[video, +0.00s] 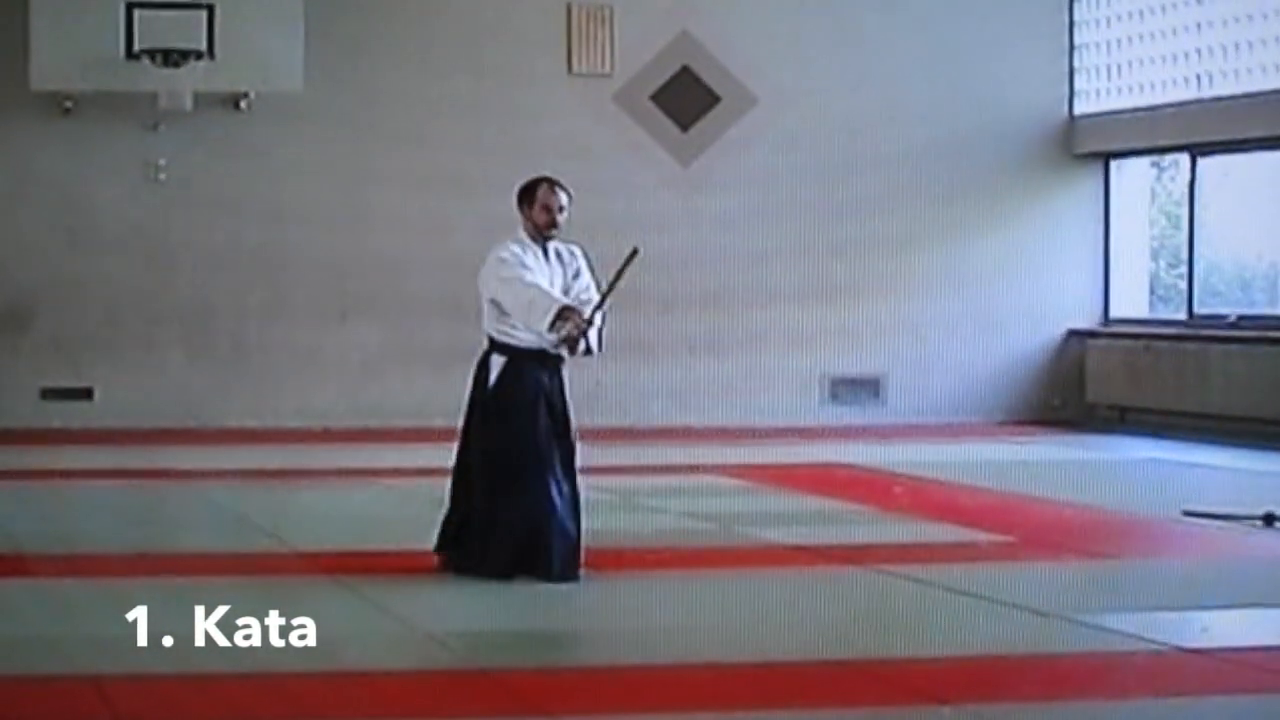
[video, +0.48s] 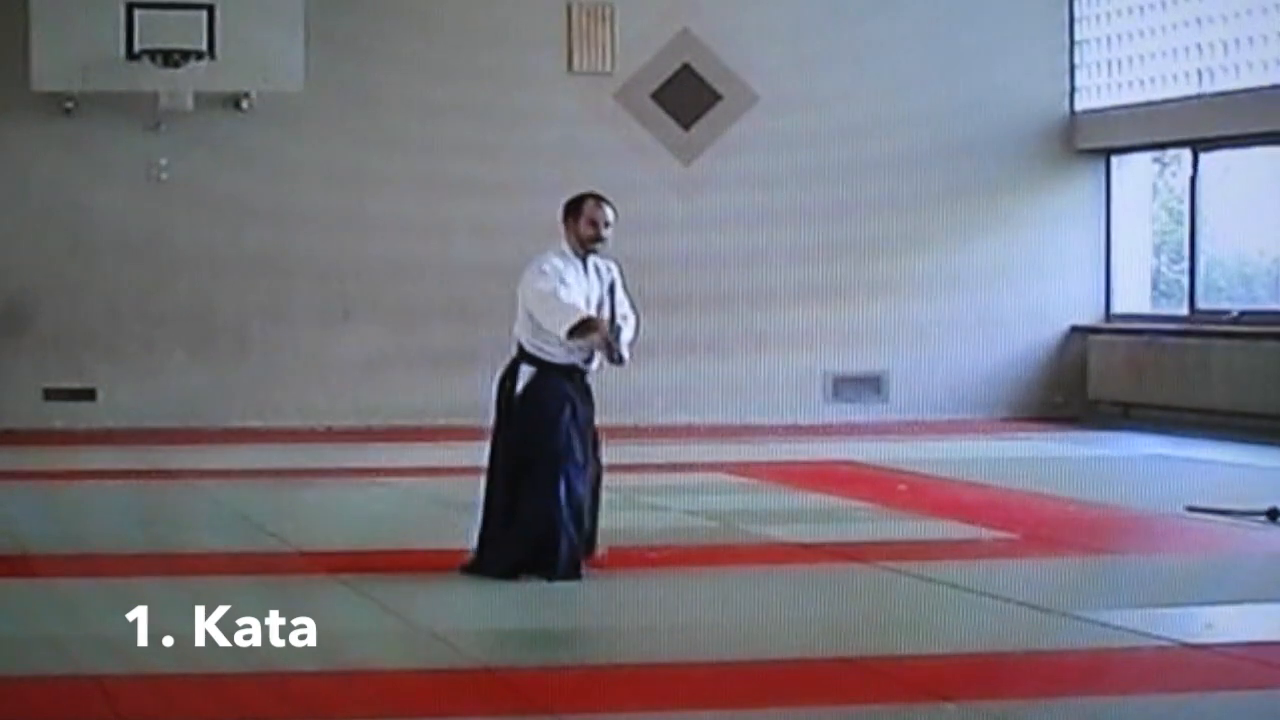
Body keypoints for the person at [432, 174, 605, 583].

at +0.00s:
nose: (555, 217)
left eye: (561, 210)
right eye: (547, 209)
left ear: (566, 215)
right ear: (526, 210)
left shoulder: (572, 259)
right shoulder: (504, 260)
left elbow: (592, 304)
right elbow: (526, 295)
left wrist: (585, 330)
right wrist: (562, 315)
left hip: (548, 369)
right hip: (509, 369)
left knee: (550, 462)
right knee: (518, 462)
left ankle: (552, 554)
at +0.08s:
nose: (559, 218)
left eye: (565, 211)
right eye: (551, 209)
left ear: (570, 215)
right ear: (529, 211)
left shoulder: (573, 259)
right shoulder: (506, 259)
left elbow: (593, 306)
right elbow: (527, 295)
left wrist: (586, 333)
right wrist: (564, 314)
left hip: (548, 368)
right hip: (510, 368)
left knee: (549, 463)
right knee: (520, 462)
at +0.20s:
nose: (569, 223)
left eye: (574, 215)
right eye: (561, 214)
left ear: (577, 218)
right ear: (539, 215)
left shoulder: (579, 260)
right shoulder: (513, 263)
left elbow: (600, 308)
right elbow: (532, 298)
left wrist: (590, 331)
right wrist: (569, 314)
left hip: (553, 370)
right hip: (515, 370)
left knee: (553, 464)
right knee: (530, 463)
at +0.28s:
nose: (573, 222)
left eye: (579, 215)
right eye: (566, 213)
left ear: (583, 220)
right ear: (544, 214)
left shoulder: (584, 260)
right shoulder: (519, 262)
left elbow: (604, 307)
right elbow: (537, 298)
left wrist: (595, 328)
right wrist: (573, 314)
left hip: (557, 370)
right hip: (520, 370)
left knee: (556, 462)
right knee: (541, 462)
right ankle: (551, 553)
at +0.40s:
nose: (591, 228)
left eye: (596, 221)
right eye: (583, 219)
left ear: (600, 226)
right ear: (561, 220)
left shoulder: (600, 267)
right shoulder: (536, 264)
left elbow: (620, 313)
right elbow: (550, 304)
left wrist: (603, 329)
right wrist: (591, 320)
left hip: (568, 376)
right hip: (530, 374)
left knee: (570, 469)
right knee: (544, 467)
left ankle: (562, 557)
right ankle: (546, 558)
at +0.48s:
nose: (599, 232)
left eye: (605, 226)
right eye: (592, 223)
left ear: (609, 231)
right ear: (570, 224)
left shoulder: (606, 272)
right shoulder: (542, 271)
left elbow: (626, 317)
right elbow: (556, 310)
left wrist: (615, 336)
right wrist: (591, 327)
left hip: (576, 378)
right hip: (537, 377)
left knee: (580, 468)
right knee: (550, 467)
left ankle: (570, 553)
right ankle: (548, 556)